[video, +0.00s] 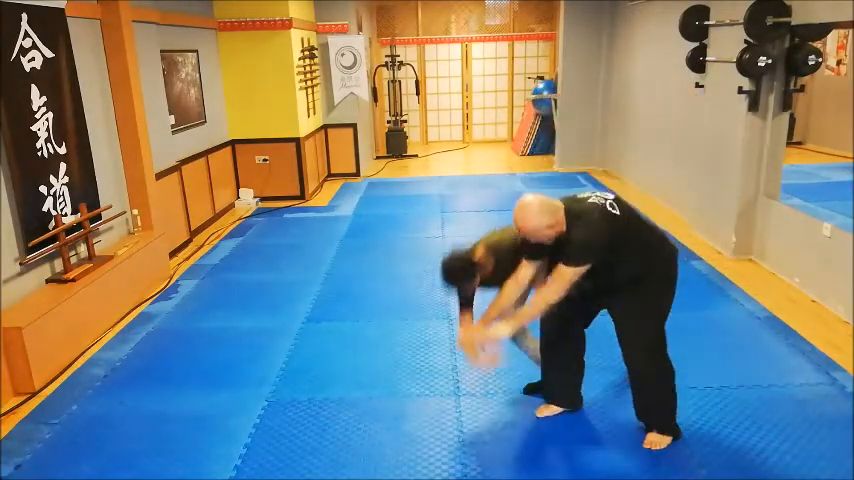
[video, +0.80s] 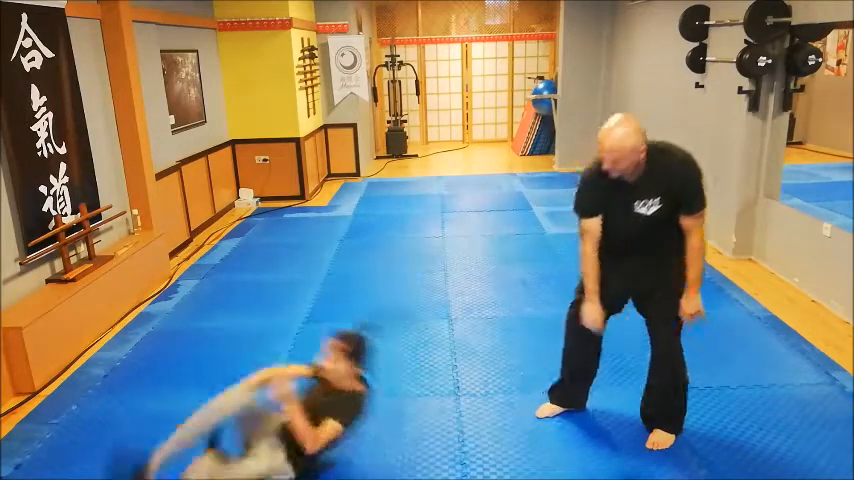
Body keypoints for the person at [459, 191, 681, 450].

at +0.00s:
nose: (525, 241)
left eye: (529, 235)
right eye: (522, 235)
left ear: (552, 226)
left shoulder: (589, 229)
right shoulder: (544, 224)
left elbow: (553, 292)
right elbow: (519, 278)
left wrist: (509, 327)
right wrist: (486, 322)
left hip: (645, 270)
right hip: (598, 270)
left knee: (643, 345)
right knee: (559, 320)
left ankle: (662, 425)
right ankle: (564, 398)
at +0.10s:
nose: (531, 250)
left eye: (535, 245)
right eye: (528, 245)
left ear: (559, 235)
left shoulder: (597, 229)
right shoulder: (542, 237)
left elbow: (582, 298)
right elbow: (527, 294)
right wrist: (502, 341)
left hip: (644, 271)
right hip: (596, 269)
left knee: (646, 346)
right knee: (553, 321)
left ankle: (663, 425)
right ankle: (562, 399)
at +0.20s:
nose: (540, 247)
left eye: (544, 241)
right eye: (537, 241)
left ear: (568, 231)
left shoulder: (609, 229)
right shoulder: (548, 237)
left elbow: (609, 298)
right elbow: (546, 294)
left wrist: (587, 355)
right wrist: (538, 353)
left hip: (646, 265)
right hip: (593, 265)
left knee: (647, 339)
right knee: (561, 324)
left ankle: (664, 425)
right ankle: (562, 397)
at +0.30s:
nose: (549, 239)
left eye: (554, 233)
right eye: (546, 234)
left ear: (579, 221)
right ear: (545, 224)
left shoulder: (619, 219)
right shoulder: (553, 231)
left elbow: (634, 286)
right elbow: (568, 291)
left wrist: (631, 348)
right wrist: (576, 350)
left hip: (647, 266)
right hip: (595, 267)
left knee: (650, 339)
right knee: (554, 321)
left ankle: (665, 425)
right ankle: (563, 397)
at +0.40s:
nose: (555, 229)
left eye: (561, 224)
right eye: (553, 224)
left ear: (589, 213)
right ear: (553, 211)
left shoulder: (628, 206)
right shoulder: (560, 224)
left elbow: (657, 271)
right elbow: (584, 279)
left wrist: (663, 331)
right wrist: (607, 333)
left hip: (639, 272)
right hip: (593, 273)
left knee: (657, 341)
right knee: (559, 320)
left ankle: (665, 423)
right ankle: (563, 398)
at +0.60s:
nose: (582, 199)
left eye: (589, 193)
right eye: (579, 192)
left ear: (613, 184)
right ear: (575, 182)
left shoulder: (655, 186)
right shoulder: (575, 202)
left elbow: (683, 245)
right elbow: (594, 263)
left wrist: (693, 302)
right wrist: (622, 313)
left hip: (654, 267)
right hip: (602, 264)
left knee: (660, 338)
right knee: (568, 318)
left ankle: (665, 422)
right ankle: (565, 397)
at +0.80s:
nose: (607, 165)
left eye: (615, 158)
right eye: (604, 156)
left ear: (640, 153)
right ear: (599, 150)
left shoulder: (678, 168)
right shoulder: (594, 179)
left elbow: (694, 233)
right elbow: (590, 241)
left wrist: (692, 291)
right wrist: (592, 298)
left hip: (662, 265)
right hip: (612, 262)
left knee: (666, 340)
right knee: (581, 318)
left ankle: (666, 422)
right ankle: (568, 396)